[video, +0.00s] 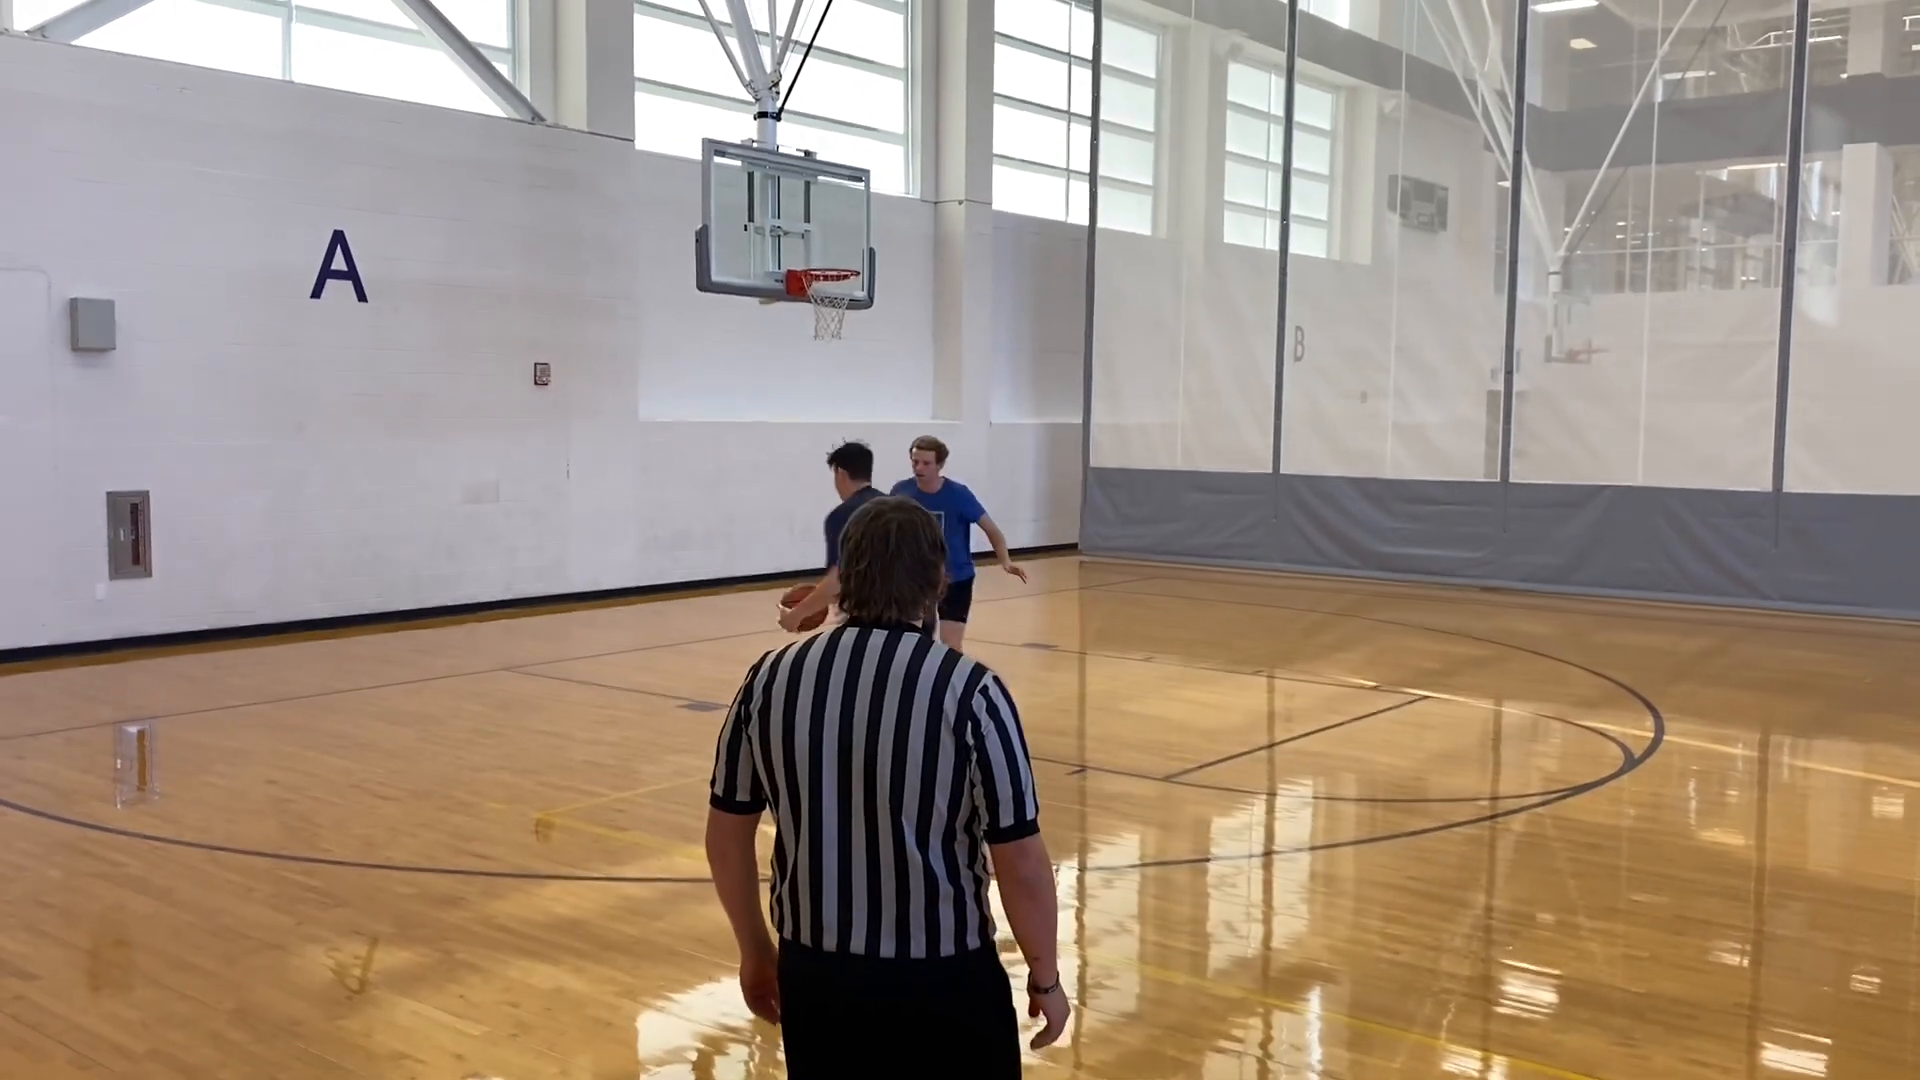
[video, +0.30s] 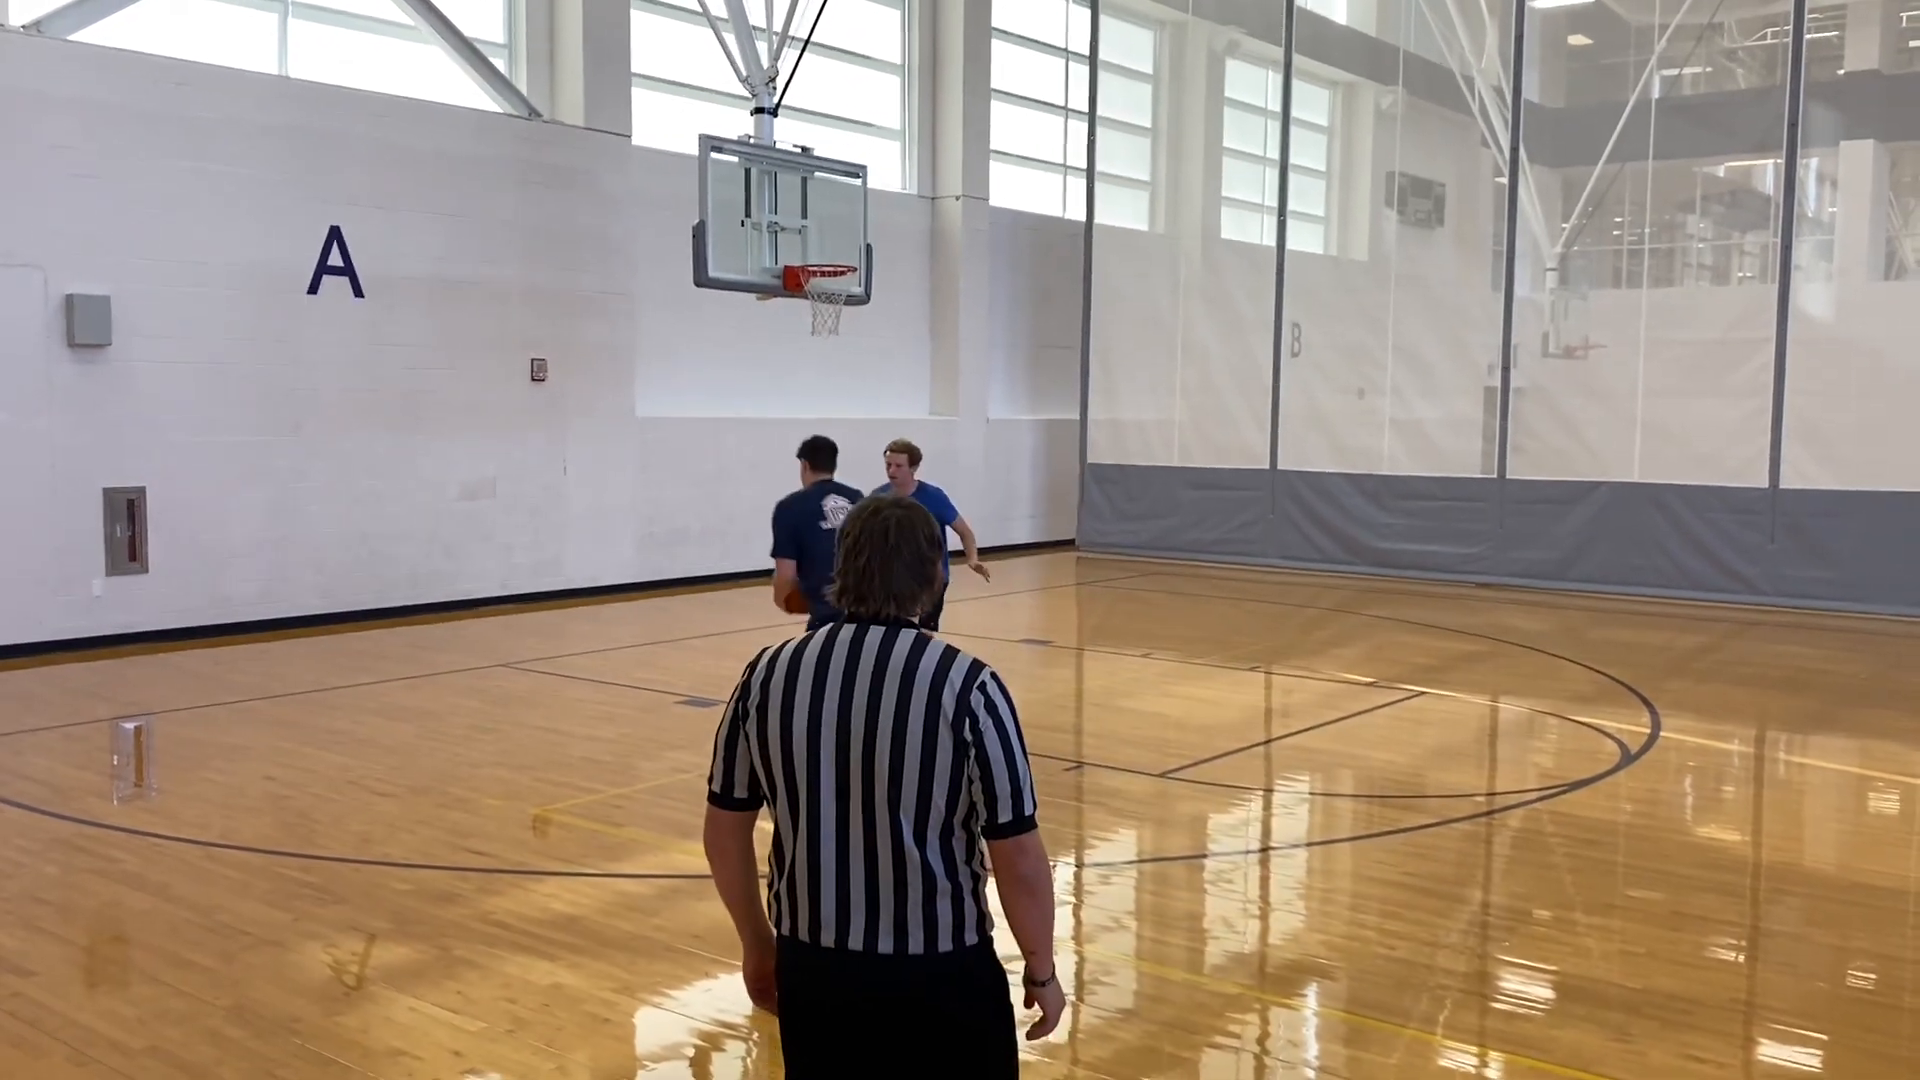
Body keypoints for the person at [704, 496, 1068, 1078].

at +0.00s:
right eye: (943, 573)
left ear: (844, 577)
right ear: (937, 584)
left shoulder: (771, 677)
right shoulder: (972, 690)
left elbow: (727, 834)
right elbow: (1021, 861)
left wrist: (755, 949)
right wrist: (1045, 976)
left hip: (816, 981)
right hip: (949, 986)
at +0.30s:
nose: (947, 578)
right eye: (943, 565)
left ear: (844, 568)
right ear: (934, 576)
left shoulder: (769, 671)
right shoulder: (969, 685)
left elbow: (724, 829)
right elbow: (1017, 854)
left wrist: (756, 940)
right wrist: (1041, 968)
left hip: (813, 980)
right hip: (947, 982)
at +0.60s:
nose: (940, 575)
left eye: (936, 561)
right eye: (937, 562)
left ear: (842, 564)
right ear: (929, 572)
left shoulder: (768, 669)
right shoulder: (967, 683)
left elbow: (723, 827)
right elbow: (1017, 854)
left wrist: (757, 939)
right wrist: (1038, 961)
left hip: (812, 975)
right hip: (945, 978)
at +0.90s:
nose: (939, 573)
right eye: (935, 561)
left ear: (842, 563)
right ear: (929, 571)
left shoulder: (768, 668)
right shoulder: (968, 681)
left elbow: (724, 828)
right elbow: (1018, 852)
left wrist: (758, 940)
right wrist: (1038, 955)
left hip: (813, 972)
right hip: (946, 976)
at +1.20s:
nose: (938, 573)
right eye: (934, 560)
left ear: (841, 566)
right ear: (929, 572)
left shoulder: (768, 670)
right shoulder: (967, 681)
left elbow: (723, 826)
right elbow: (1017, 849)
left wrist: (755, 939)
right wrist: (1035, 950)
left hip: (814, 976)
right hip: (945, 978)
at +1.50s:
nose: (940, 571)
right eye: (936, 558)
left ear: (841, 565)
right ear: (929, 570)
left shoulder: (764, 671)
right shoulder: (968, 682)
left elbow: (721, 830)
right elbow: (1018, 854)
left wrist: (754, 939)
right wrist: (1030, 946)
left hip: (812, 973)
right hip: (945, 975)